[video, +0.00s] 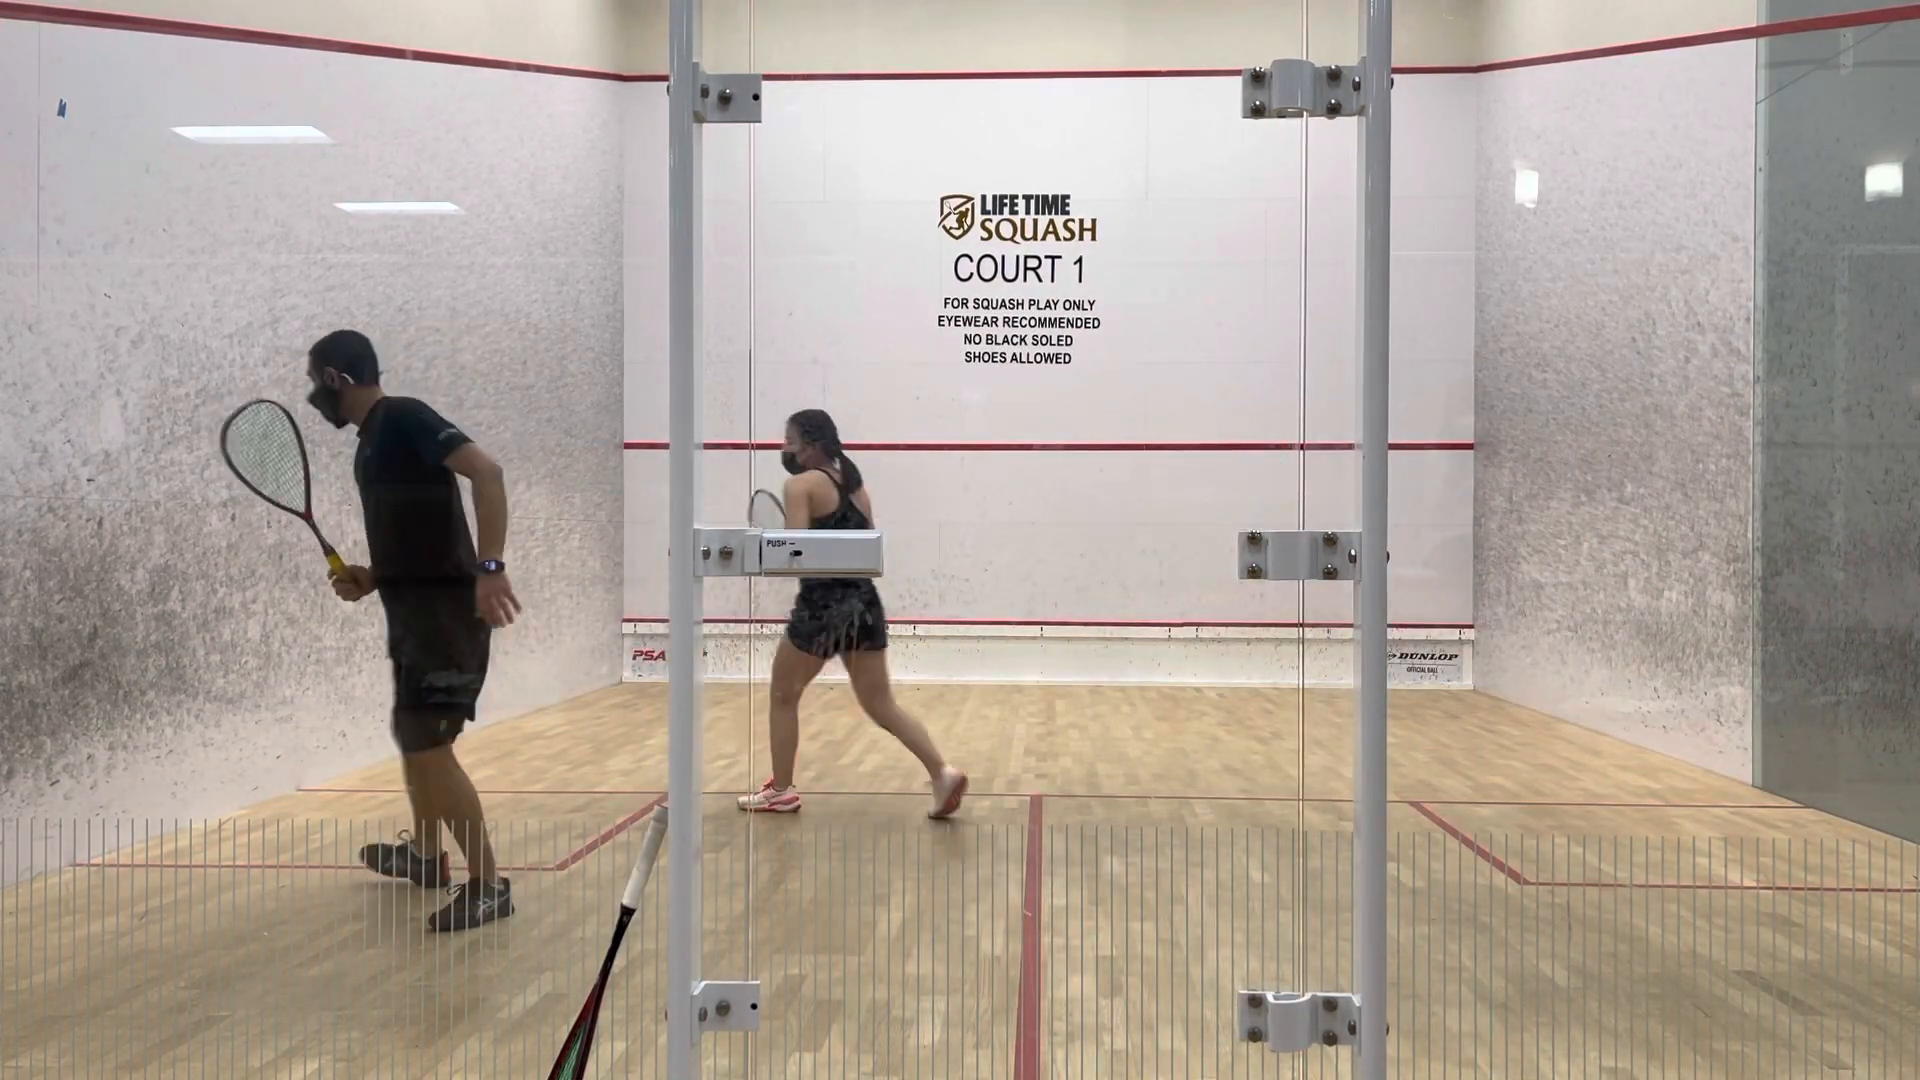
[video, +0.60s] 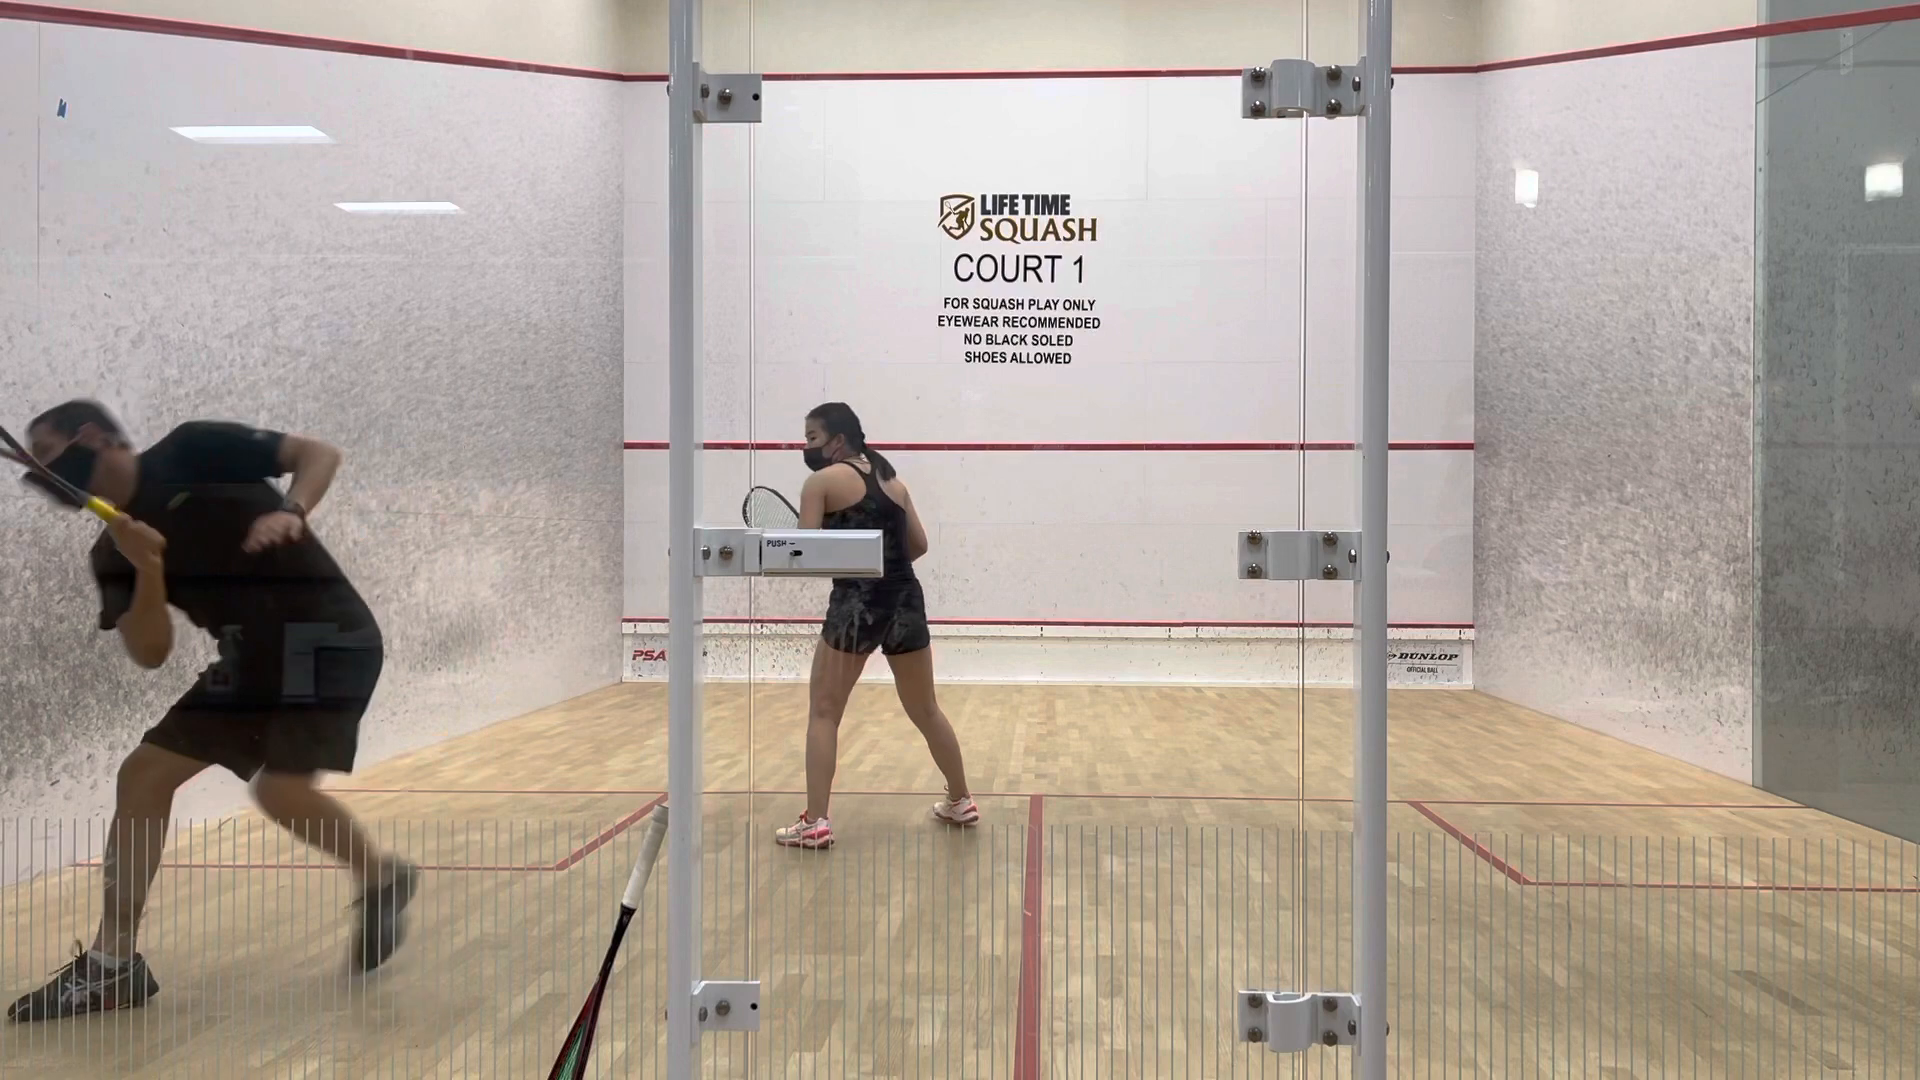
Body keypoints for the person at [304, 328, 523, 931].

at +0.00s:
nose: (313, 397)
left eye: (315, 384)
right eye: (312, 385)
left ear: (339, 380)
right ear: (356, 378)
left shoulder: (401, 418)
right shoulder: (370, 446)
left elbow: (487, 472)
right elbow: (413, 540)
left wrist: (491, 567)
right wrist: (370, 578)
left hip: (446, 608)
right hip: (411, 613)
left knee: (428, 741)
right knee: (413, 734)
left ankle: (488, 883)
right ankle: (425, 854)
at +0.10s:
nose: (292, 394)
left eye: (295, 380)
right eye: (289, 383)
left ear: (329, 370)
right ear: (325, 374)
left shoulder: (405, 412)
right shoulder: (342, 453)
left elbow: (482, 482)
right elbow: (369, 530)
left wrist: (465, 572)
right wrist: (359, 577)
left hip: (450, 604)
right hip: (395, 610)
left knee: (443, 747)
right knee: (358, 733)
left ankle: (488, 882)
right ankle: (414, 846)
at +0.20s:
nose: (263, 390)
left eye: (268, 377)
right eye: (259, 380)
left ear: (305, 366)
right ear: (299, 370)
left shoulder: (383, 407)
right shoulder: (310, 459)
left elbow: (464, 476)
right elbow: (341, 545)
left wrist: (417, 563)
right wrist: (333, 573)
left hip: (440, 603)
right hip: (373, 610)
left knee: (458, 743)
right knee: (310, 730)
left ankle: (489, 883)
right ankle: (352, 870)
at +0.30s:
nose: (233, 406)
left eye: (237, 390)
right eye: (227, 396)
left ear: (271, 375)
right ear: (260, 383)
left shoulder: (352, 415)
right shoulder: (279, 470)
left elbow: (440, 477)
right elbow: (299, 567)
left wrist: (366, 549)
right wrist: (305, 581)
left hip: (418, 616)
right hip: (347, 624)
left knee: (451, 750)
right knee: (268, 739)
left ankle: (486, 885)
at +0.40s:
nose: (176, 412)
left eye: (182, 396)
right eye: (170, 403)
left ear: (224, 384)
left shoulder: (305, 421)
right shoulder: (233, 491)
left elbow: (403, 471)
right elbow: (262, 595)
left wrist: (318, 526)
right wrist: (257, 584)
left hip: (381, 629)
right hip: (310, 638)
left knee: (424, 768)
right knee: (233, 770)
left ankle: (486, 877)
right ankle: (151, 933)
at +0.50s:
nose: (110, 436)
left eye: (115, 420)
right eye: (103, 428)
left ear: (160, 399)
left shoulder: (251, 427)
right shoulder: (163, 513)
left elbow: (365, 459)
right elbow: (199, 629)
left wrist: (295, 505)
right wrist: (199, 587)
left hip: (344, 641)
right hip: (264, 659)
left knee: (374, 803)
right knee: (177, 794)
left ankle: (455, 844)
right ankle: (118, 960)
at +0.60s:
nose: (49, 480)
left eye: (52, 462)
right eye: (41, 472)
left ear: (94, 436)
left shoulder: (193, 447)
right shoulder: (113, 552)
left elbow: (321, 455)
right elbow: (148, 650)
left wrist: (294, 508)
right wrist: (147, 568)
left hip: (329, 637)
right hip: (248, 654)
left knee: (279, 790)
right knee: (144, 776)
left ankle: (382, 875)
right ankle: (115, 959)